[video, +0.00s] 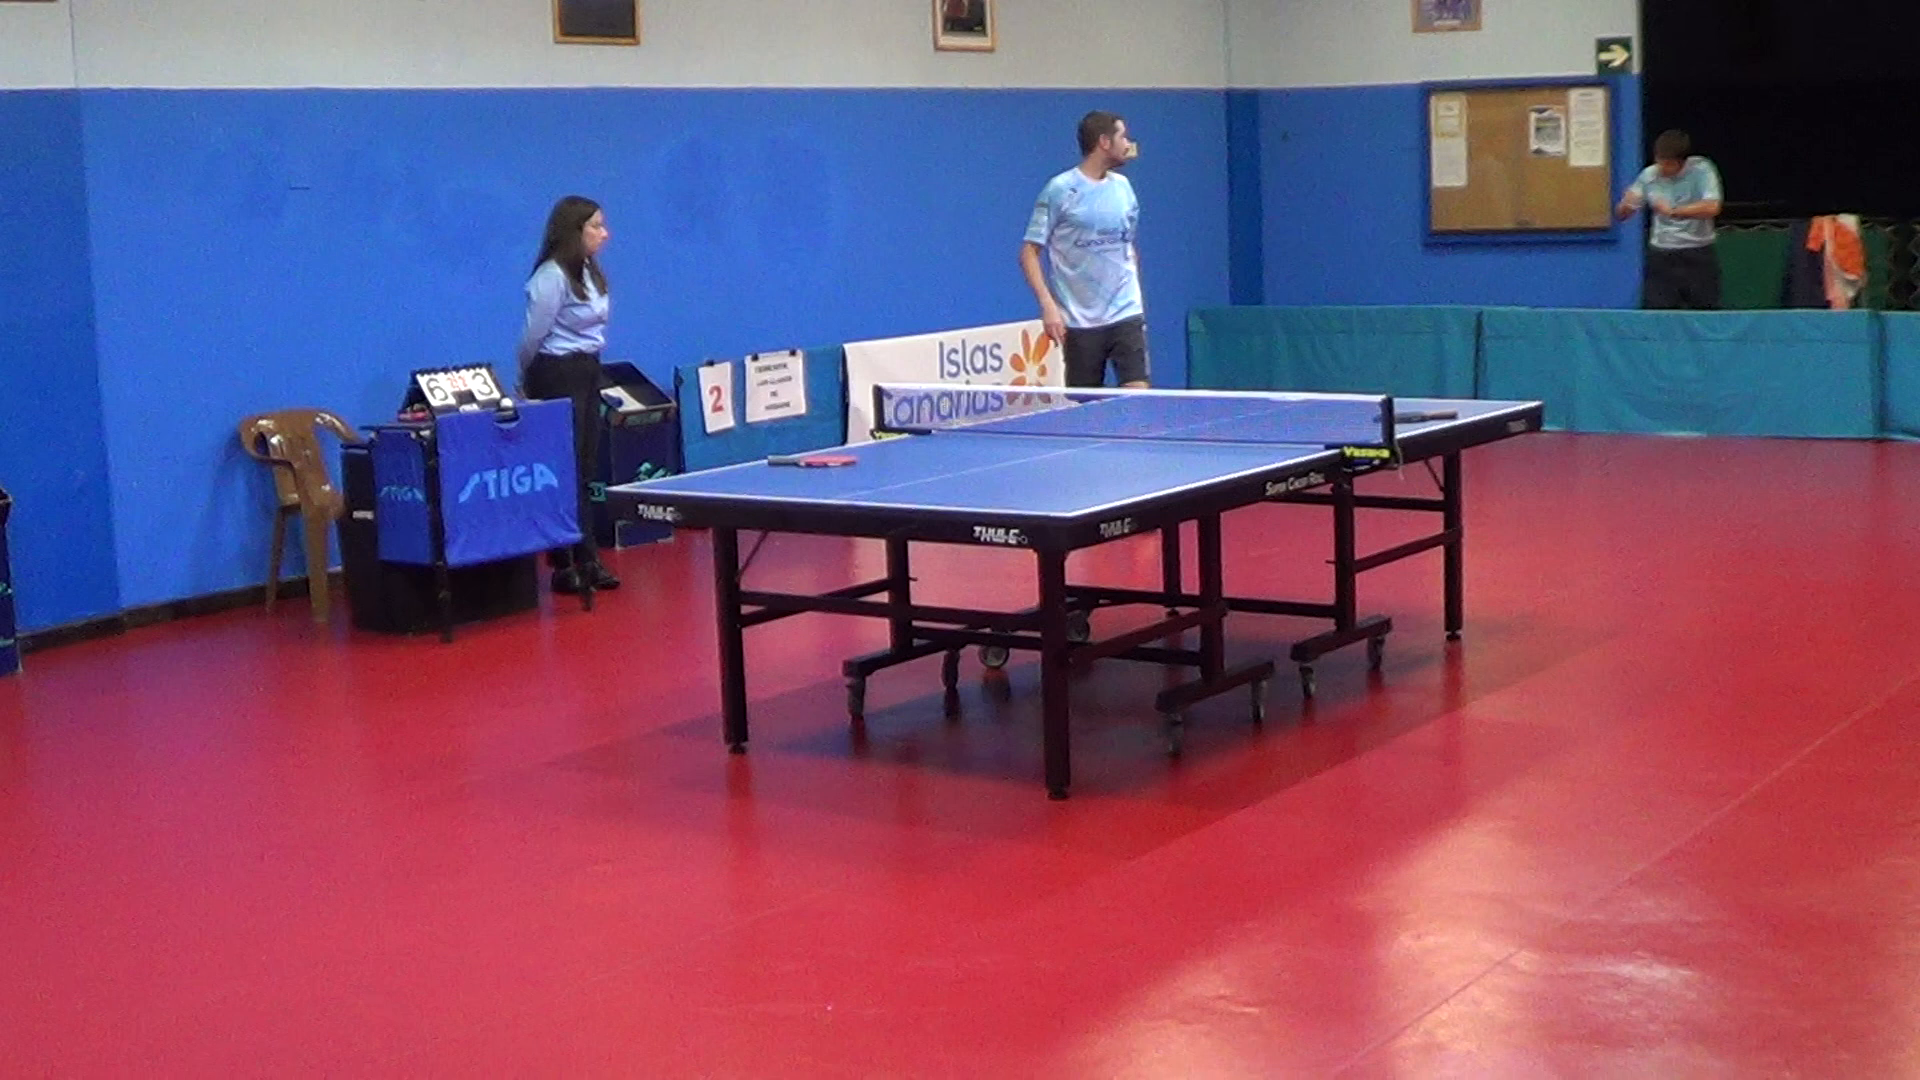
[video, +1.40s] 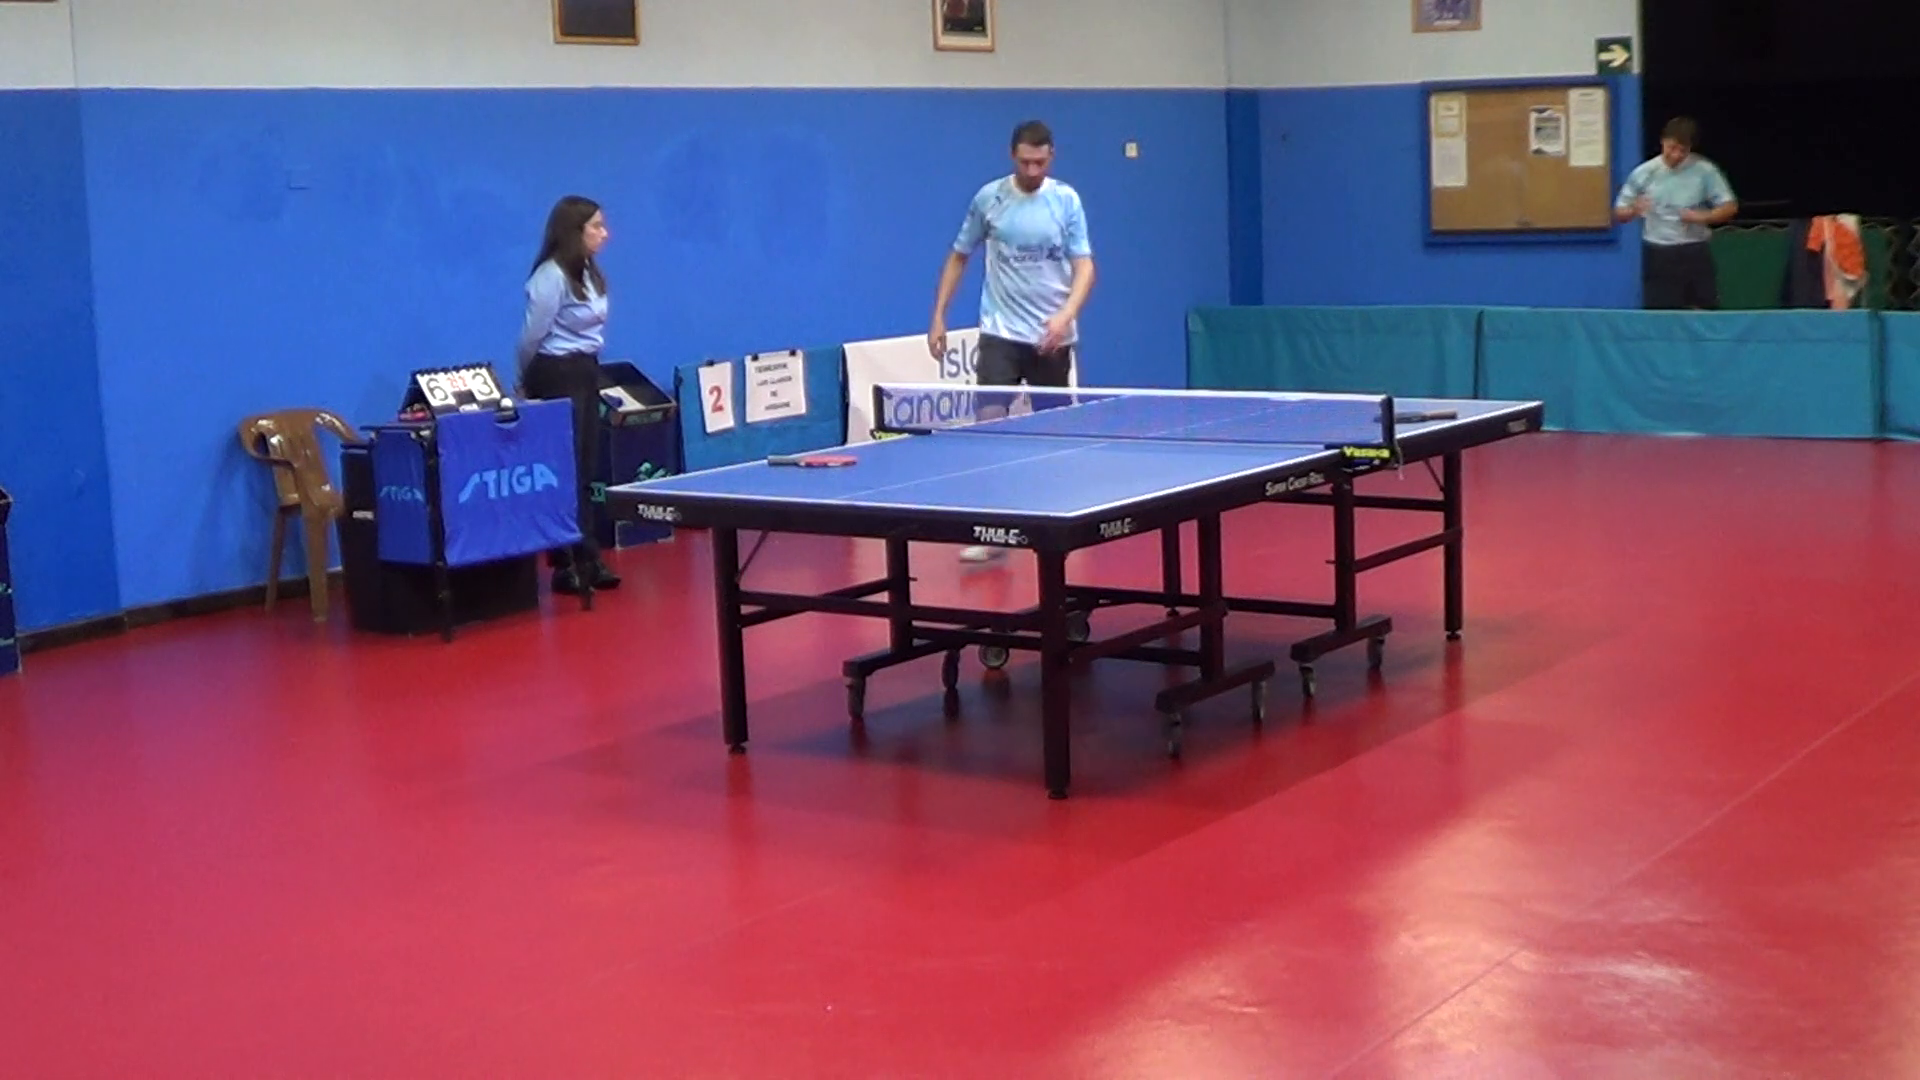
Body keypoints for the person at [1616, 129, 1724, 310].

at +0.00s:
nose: (1663, 168)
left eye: (1668, 164)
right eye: (1661, 163)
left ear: (1681, 161)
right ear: (1657, 159)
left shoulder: (1702, 169)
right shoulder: (1649, 174)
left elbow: (1712, 207)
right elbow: (1622, 214)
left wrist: (1673, 211)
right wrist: (1627, 205)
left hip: (1698, 254)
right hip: (1662, 255)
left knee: (1705, 314)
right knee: (1658, 315)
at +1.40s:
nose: (1676, 155)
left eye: (1682, 150)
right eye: (1672, 148)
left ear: (1690, 149)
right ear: (1662, 144)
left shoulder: (1705, 171)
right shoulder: (1645, 172)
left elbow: (1729, 207)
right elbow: (1619, 213)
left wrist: (1702, 217)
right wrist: (1635, 209)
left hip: (1695, 251)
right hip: (1658, 252)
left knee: (1703, 311)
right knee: (1660, 313)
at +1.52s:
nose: (1696, 150)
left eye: (1701, 145)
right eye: (1692, 143)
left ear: (1706, 146)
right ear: (1678, 139)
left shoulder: (1715, 174)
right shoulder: (1654, 173)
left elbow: (1736, 210)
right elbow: (1629, 212)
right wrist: (1647, 212)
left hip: (1703, 252)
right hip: (1664, 252)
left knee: (1706, 316)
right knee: (1664, 317)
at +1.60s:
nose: (1710, 148)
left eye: (1714, 142)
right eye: (1705, 141)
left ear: (1717, 143)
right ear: (1689, 139)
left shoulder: (1723, 176)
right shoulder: (1662, 173)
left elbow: (1735, 219)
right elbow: (1639, 211)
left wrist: (1745, 262)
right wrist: (1658, 215)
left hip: (1711, 252)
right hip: (1673, 252)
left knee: (1712, 315)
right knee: (1675, 316)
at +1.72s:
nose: (1730, 147)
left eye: (1733, 142)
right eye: (1725, 140)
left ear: (1735, 143)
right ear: (1706, 137)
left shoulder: (1736, 176)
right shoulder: (1676, 172)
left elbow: (1741, 221)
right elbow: (1651, 213)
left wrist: (1751, 262)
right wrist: (1678, 215)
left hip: (1721, 253)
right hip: (1686, 252)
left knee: (1724, 315)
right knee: (1687, 317)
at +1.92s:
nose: (1756, 154)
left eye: (1759, 148)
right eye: (1753, 147)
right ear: (1735, 141)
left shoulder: (1747, 176)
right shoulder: (1700, 170)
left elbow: (1746, 221)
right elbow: (1672, 214)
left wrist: (1753, 264)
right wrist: (1710, 217)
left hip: (1736, 251)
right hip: (1705, 249)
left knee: (1735, 314)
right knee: (1706, 315)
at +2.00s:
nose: (1763, 154)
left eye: (1766, 148)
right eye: (1761, 146)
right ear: (1744, 139)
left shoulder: (1749, 174)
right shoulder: (1708, 168)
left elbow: (1747, 223)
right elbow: (1682, 212)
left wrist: (1756, 262)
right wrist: (1724, 219)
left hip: (1739, 250)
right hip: (1711, 248)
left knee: (1739, 313)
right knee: (1716, 313)